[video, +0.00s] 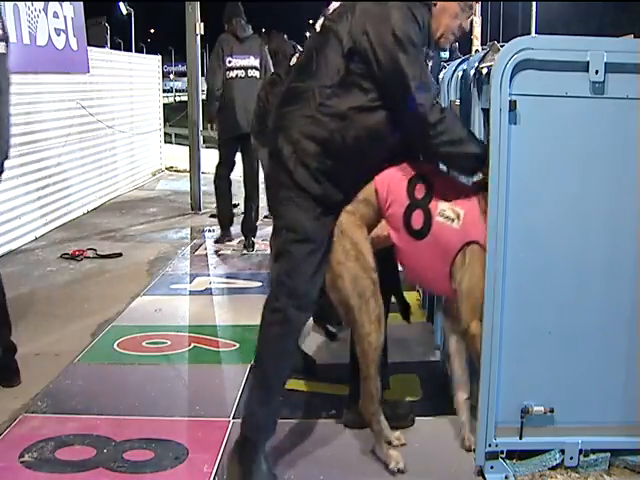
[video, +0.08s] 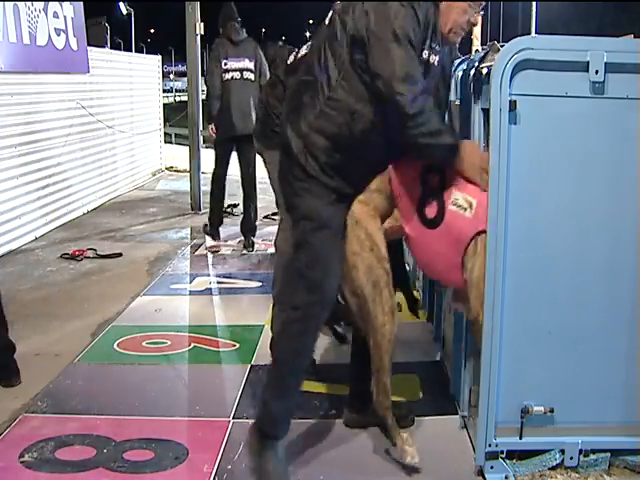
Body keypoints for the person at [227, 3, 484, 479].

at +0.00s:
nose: (463, 28)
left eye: (468, 20)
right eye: (464, 15)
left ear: (443, 7)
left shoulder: (403, 19)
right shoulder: (392, 15)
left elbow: (410, 118)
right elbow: (423, 113)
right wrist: (488, 163)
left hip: (349, 173)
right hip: (306, 165)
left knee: (370, 291)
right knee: (292, 298)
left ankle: (367, 401)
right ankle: (252, 445)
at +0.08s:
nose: (473, 22)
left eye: (477, 14)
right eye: (472, 10)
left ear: (452, 7)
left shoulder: (432, 42)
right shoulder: (388, 10)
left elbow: (429, 109)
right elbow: (402, 95)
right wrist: (455, 151)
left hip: (368, 173)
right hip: (317, 162)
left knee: (374, 288)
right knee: (312, 290)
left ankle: (366, 401)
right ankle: (269, 430)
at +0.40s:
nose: (476, 26)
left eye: (481, 18)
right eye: (476, 14)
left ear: (461, 9)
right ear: (453, 0)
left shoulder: (446, 37)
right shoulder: (390, 11)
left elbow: (441, 110)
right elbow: (358, 94)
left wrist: (431, 156)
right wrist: (399, 148)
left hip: (380, 163)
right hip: (333, 160)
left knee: (385, 279)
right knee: (351, 287)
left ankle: (376, 389)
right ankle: (337, 427)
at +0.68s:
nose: (479, 32)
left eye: (486, 24)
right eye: (475, 19)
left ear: (483, 15)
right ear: (450, 3)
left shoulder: (464, 50)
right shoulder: (393, 15)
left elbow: (456, 122)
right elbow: (346, 95)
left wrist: (462, 176)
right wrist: (385, 161)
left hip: (406, 172)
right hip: (348, 163)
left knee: (416, 282)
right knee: (358, 293)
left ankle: (417, 390)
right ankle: (338, 426)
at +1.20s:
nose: (471, 60)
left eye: (477, 50)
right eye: (468, 48)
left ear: (446, 28)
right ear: (438, 27)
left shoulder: (448, 58)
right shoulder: (386, 60)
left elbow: (440, 140)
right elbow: (370, 171)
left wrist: (471, 184)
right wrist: (422, 223)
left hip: (392, 167)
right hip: (335, 162)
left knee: (408, 281)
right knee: (348, 287)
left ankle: (417, 390)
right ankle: (323, 413)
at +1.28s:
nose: (468, 65)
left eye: (474, 56)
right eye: (466, 54)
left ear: (440, 36)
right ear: (435, 36)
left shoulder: (430, 53)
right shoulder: (385, 73)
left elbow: (429, 138)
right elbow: (370, 180)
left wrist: (463, 168)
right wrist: (426, 222)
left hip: (385, 167)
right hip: (331, 166)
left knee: (409, 276)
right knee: (352, 288)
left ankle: (416, 389)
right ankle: (323, 413)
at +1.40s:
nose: (467, 68)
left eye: (471, 59)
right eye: (464, 58)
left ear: (436, 44)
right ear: (432, 44)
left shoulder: (426, 65)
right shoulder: (385, 88)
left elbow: (429, 129)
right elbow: (375, 194)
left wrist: (459, 166)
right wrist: (437, 223)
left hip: (378, 173)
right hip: (327, 172)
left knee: (413, 275)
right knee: (357, 292)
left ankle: (415, 386)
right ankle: (323, 413)